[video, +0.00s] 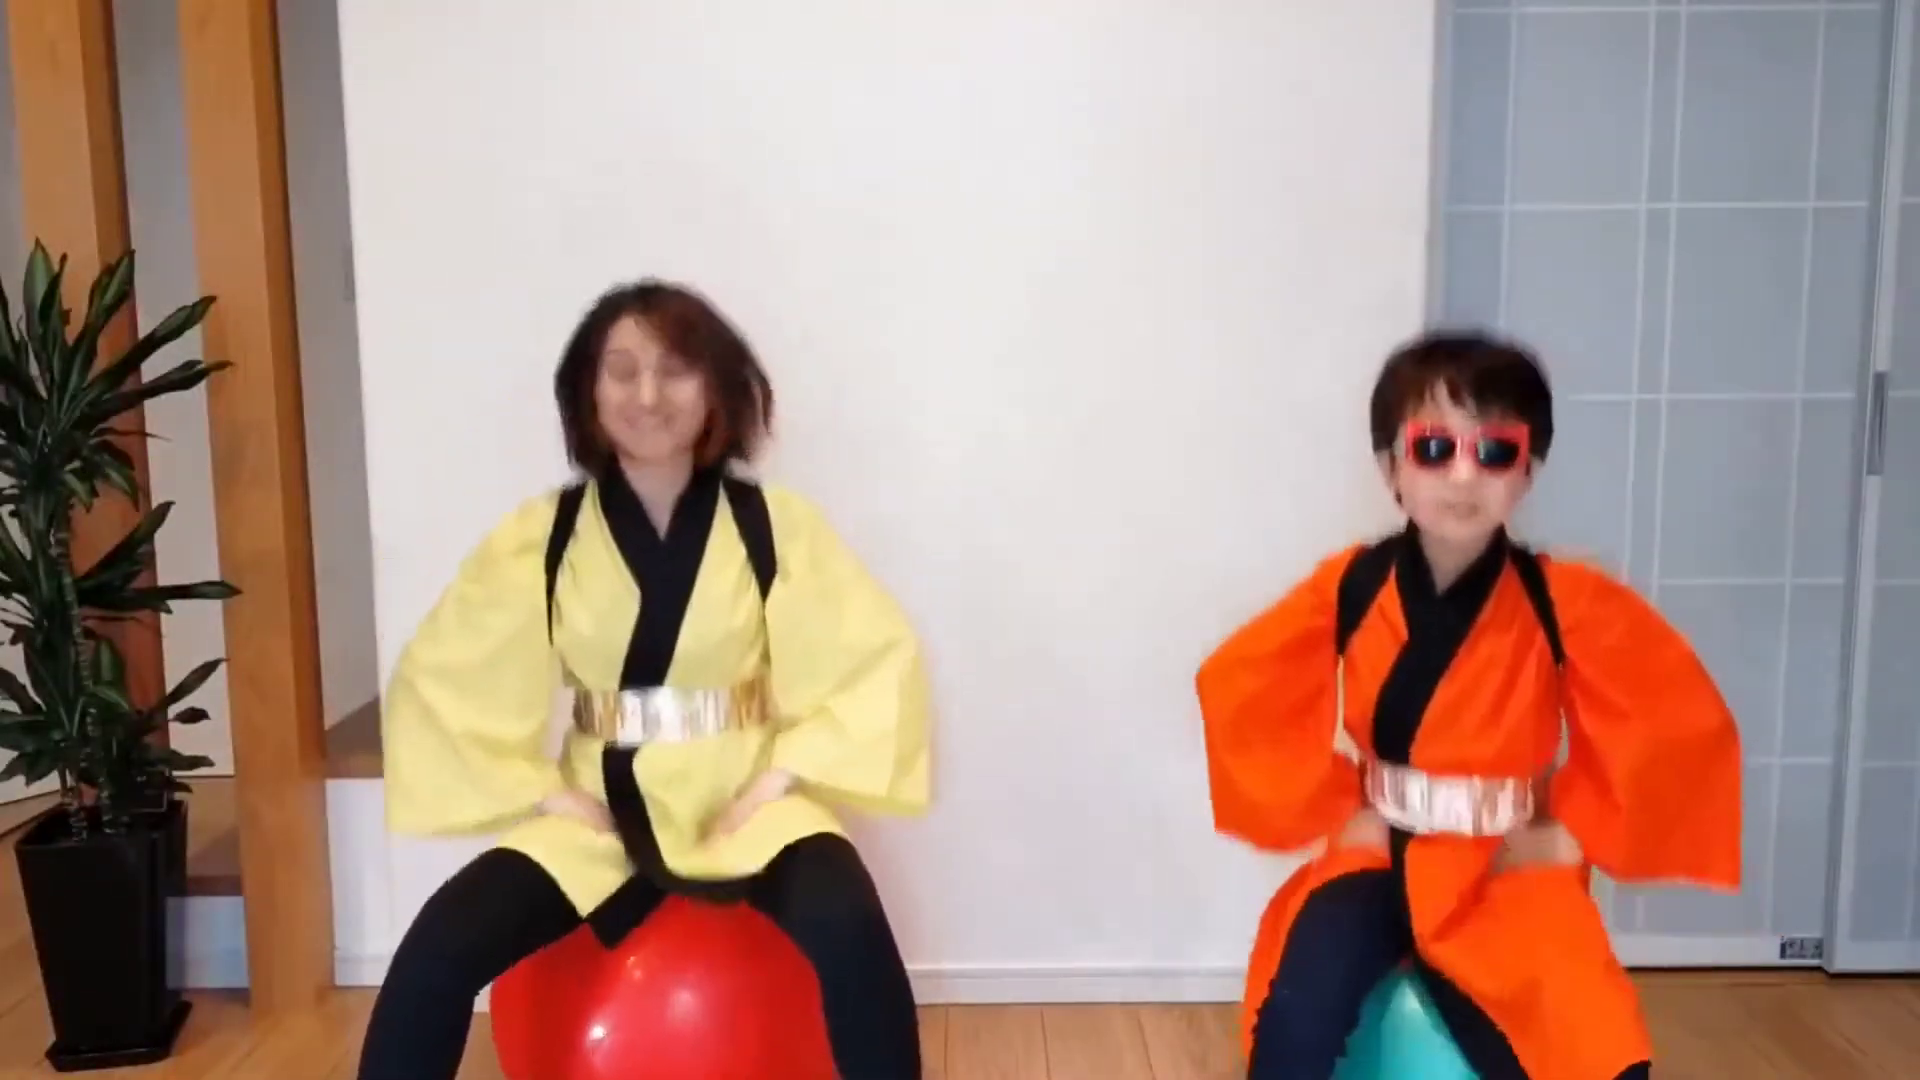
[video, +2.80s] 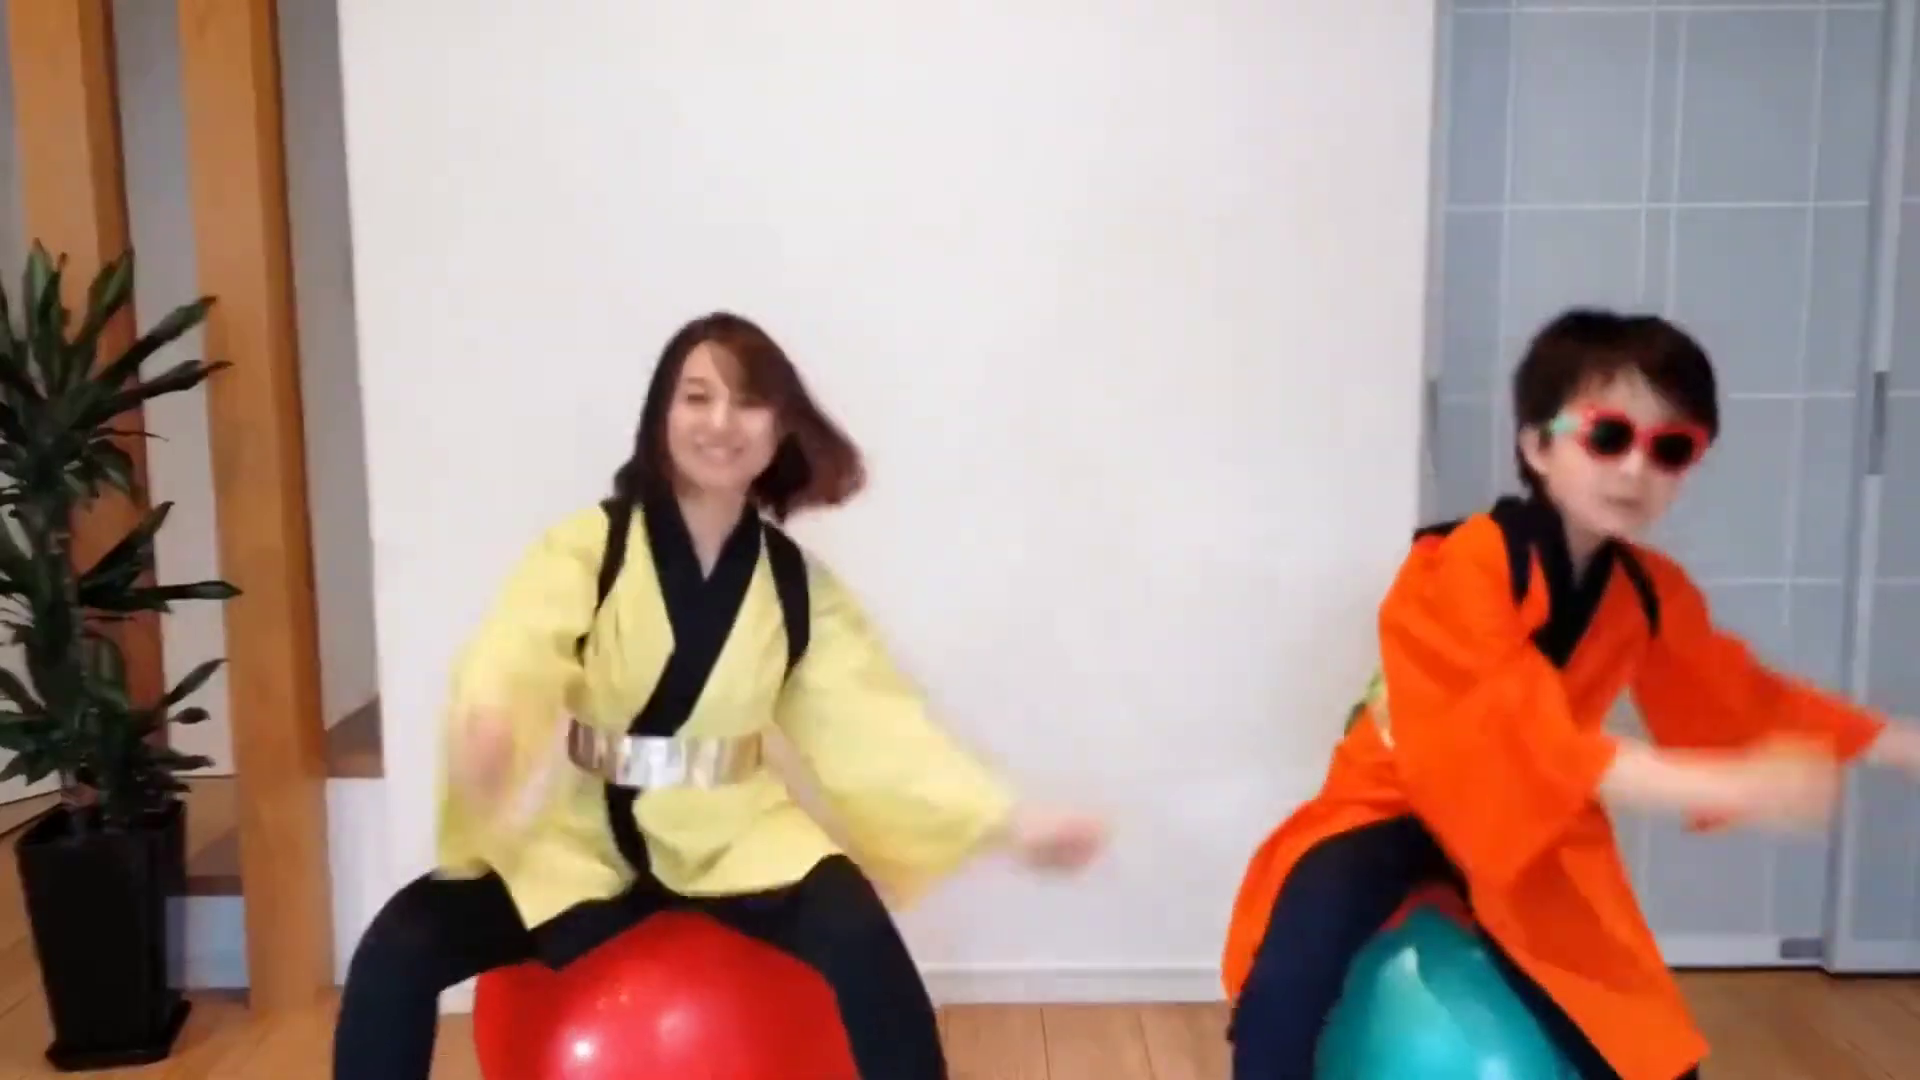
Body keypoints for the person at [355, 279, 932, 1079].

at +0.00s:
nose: (648, 392)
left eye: (675, 369)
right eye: (622, 370)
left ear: (716, 393)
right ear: (590, 394)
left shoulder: (774, 526)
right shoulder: (543, 534)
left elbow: (880, 660)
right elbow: (434, 684)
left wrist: (778, 772)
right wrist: (543, 791)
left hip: (748, 814)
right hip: (592, 824)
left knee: (848, 921)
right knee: (441, 941)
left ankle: (888, 1073)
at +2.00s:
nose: (667, 288)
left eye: (693, 267)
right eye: (643, 260)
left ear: (724, 289)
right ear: (598, 273)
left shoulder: (768, 425)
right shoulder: (522, 426)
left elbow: (863, 568)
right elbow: (431, 567)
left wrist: (787, 671)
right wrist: (529, 687)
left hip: (745, 727)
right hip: (581, 735)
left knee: (849, 934)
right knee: (438, 948)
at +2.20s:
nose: (675, 383)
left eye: (702, 362)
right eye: (650, 358)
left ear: (728, 386)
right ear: (603, 375)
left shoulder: (765, 524)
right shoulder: (540, 521)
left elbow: (808, 643)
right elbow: (456, 644)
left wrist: (836, 698)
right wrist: (390, 738)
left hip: (742, 805)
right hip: (591, 814)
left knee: (844, 905)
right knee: (434, 941)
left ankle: (885, 1073)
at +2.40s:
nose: (690, 362)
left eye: (715, 343)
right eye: (665, 337)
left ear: (743, 367)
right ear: (624, 352)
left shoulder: (772, 503)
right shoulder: (556, 484)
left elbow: (871, 676)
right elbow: (431, 603)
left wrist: (816, 585)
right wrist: (363, 563)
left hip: (733, 799)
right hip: (582, 804)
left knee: (844, 928)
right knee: (427, 944)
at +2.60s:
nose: (730, 312)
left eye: (760, 292)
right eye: (707, 282)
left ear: (793, 319)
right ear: (662, 294)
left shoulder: (801, 462)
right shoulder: (578, 411)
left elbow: (833, 601)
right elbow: (471, 501)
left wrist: (832, 674)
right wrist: (476, 580)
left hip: (733, 733)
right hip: (577, 735)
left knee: (849, 882)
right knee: (408, 933)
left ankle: (917, 1072)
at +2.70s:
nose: (737, 367)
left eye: (766, 348)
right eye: (716, 339)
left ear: (799, 375)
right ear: (675, 356)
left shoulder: (805, 531)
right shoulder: (588, 484)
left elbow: (824, 694)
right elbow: (491, 623)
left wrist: (875, 827)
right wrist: (498, 747)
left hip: (735, 787)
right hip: (577, 782)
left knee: (857, 935)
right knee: (394, 940)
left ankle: (915, 1073)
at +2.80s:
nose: (720, 419)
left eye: (748, 400)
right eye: (695, 397)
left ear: (780, 428)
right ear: (657, 417)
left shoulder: (797, 588)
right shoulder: (588, 547)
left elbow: (867, 728)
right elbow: (509, 666)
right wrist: (493, 742)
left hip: (734, 846)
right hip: (578, 842)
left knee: (854, 921)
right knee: (401, 940)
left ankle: (910, 1077)